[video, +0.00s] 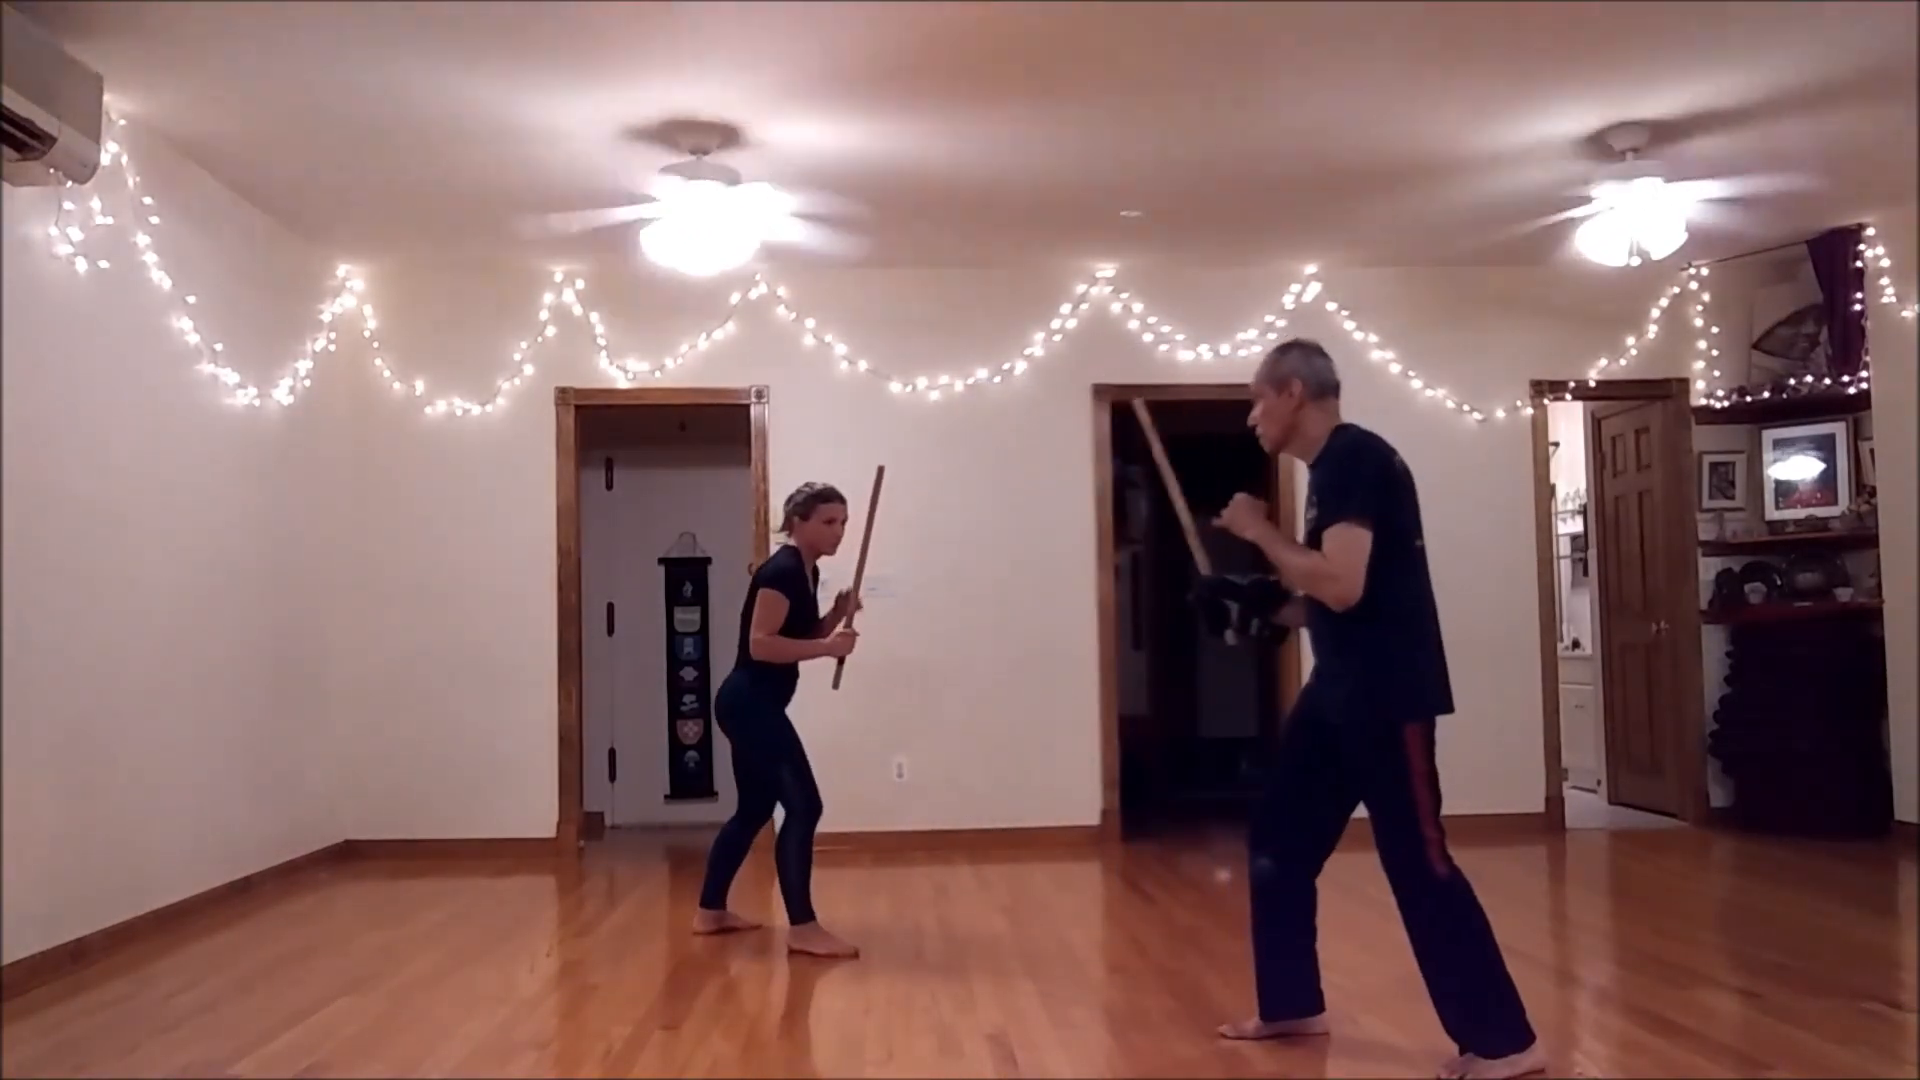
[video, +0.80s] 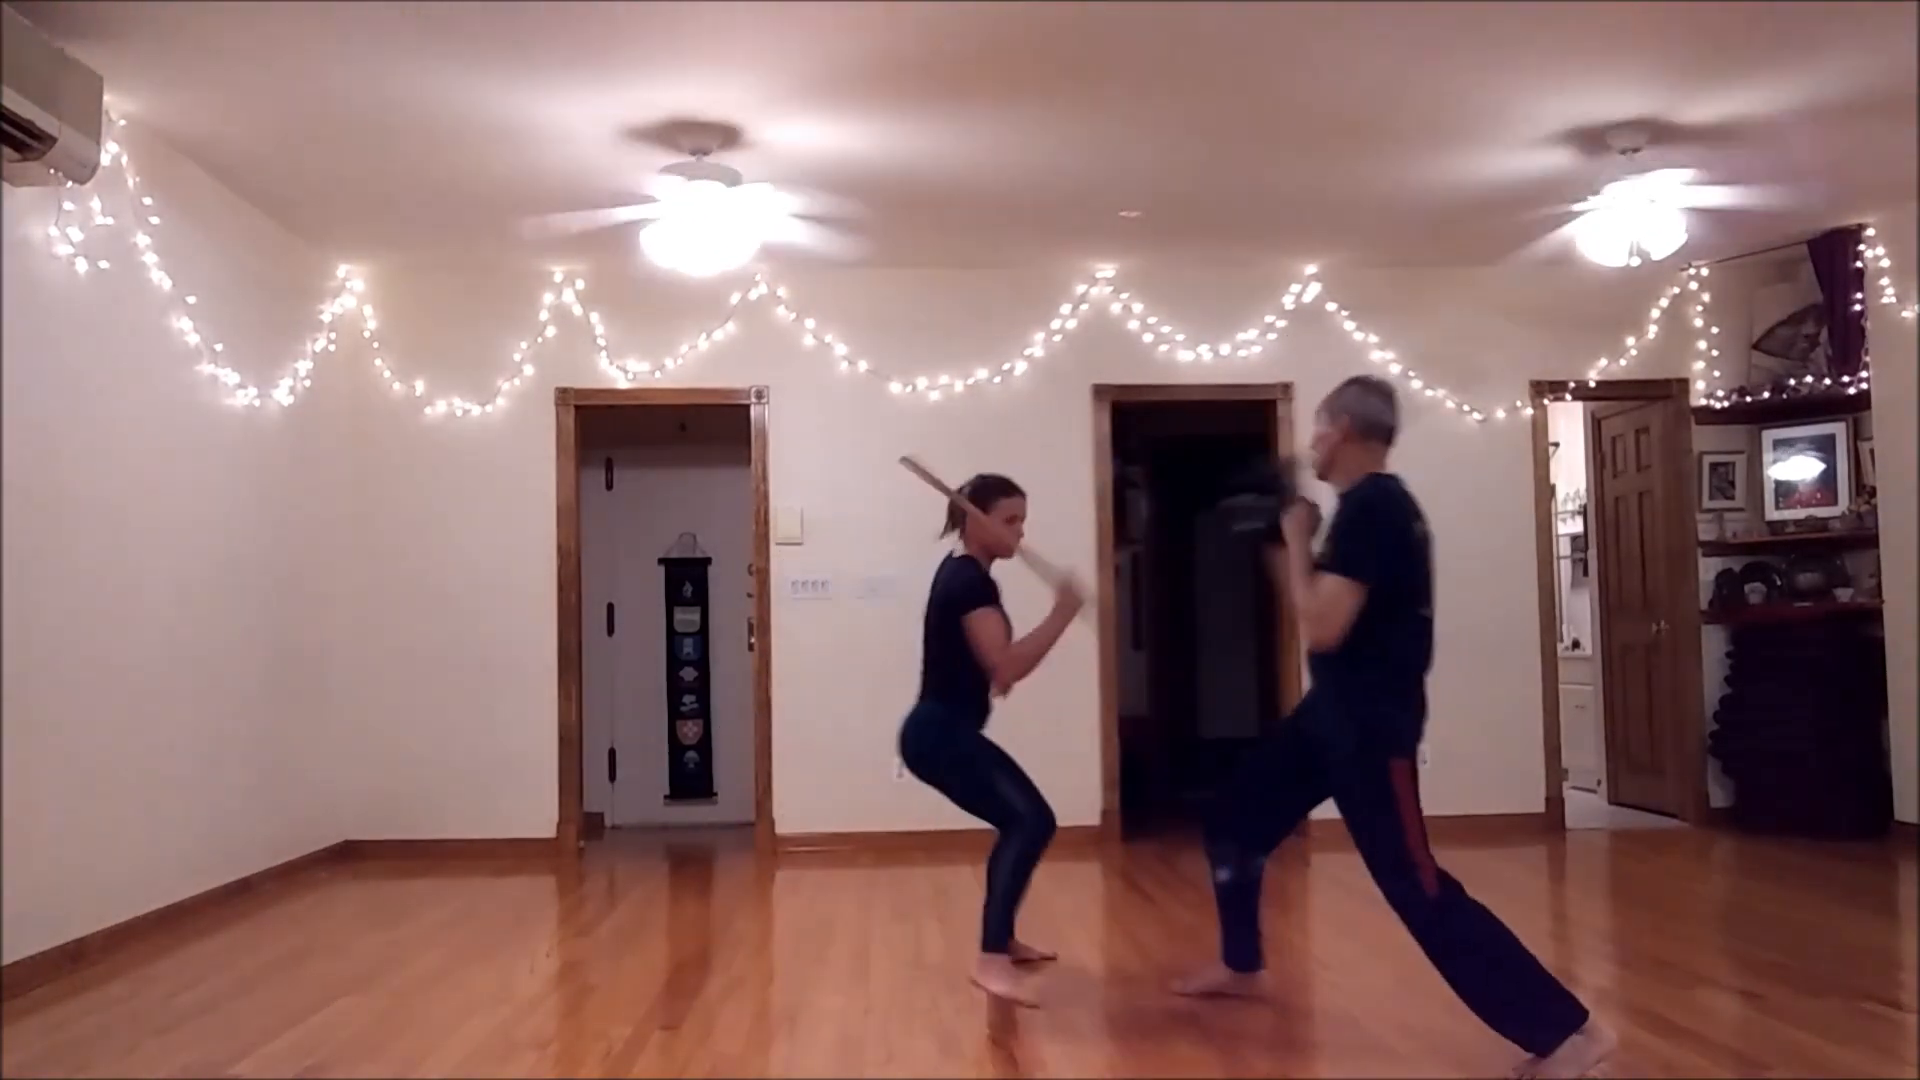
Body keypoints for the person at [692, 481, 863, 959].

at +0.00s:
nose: (840, 532)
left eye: (842, 523)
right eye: (831, 522)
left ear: (826, 528)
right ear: (800, 524)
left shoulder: (803, 573)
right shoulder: (780, 572)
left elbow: (803, 640)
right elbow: (760, 645)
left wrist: (835, 615)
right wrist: (825, 647)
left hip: (752, 703)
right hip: (752, 706)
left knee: (754, 808)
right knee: (804, 805)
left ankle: (710, 910)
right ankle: (803, 927)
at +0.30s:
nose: (868, 554)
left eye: (870, 545)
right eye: (861, 544)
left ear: (837, 547)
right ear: (831, 544)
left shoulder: (824, 591)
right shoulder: (818, 593)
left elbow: (821, 665)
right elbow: (811, 669)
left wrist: (875, 664)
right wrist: (875, 660)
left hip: (782, 728)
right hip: (788, 731)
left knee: (794, 821)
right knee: (872, 805)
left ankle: (715, 904)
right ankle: (864, 928)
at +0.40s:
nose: (898, 553)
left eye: (899, 543)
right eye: (889, 544)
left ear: (866, 549)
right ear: (858, 547)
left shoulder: (858, 593)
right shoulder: (852, 596)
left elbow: (895, 652)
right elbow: (874, 676)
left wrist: (929, 622)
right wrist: (942, 659)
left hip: (810, 731)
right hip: (817, 737)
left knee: (785, 824)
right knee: (904, 812)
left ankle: (714, 904)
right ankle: (952, 929)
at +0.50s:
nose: (949, 546)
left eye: (950, 537)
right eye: (941, 537)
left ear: (910, 543)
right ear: (910, 542)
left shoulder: (892, 586)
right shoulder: (908, 598)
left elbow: (929, 637)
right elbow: (981, 664)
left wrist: (958, 637)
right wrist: (1054, 670)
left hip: (843, 729)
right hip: (856, 739)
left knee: (836, 820)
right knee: (943, 817)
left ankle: (755, 883)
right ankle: (968, 945)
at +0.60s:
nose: (997, 539)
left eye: (997, 530)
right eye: (987, 531)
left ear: (953, 537)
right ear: (955, 535)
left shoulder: (926, 575)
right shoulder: (957, 590)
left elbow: (913, 642)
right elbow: (1007, 668)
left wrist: (957, 678)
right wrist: (1085, 674)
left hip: (860, 720)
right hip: (880, 730)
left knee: (926, 803)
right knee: (972, 819)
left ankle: (862, 898)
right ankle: (971, 946)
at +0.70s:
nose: (1020, 536)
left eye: (1021, 526)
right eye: (1010, 526)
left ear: (979, 530)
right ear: (975, 529)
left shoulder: (958, 573)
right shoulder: (967, 585)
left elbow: (965, 653)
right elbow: (975, 678)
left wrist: (993, 685)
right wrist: (1049, 666)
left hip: (903, 720)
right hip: (901, 727)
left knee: (997, 805)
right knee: (1002, 808)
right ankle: (973, 930)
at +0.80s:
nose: (1021, 531)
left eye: (1022, 521)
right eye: (1012, 521)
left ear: (976, 524)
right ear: (979, 521)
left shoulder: (966, 574)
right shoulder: (966, 580)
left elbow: (982, 656)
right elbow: (1005, 669)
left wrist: (996, 676)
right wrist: (1062, 613)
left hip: (948, 732)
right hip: (940, 736)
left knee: (1034, 821)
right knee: (1028, 823)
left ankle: (1002, 941)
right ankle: (991, 958)